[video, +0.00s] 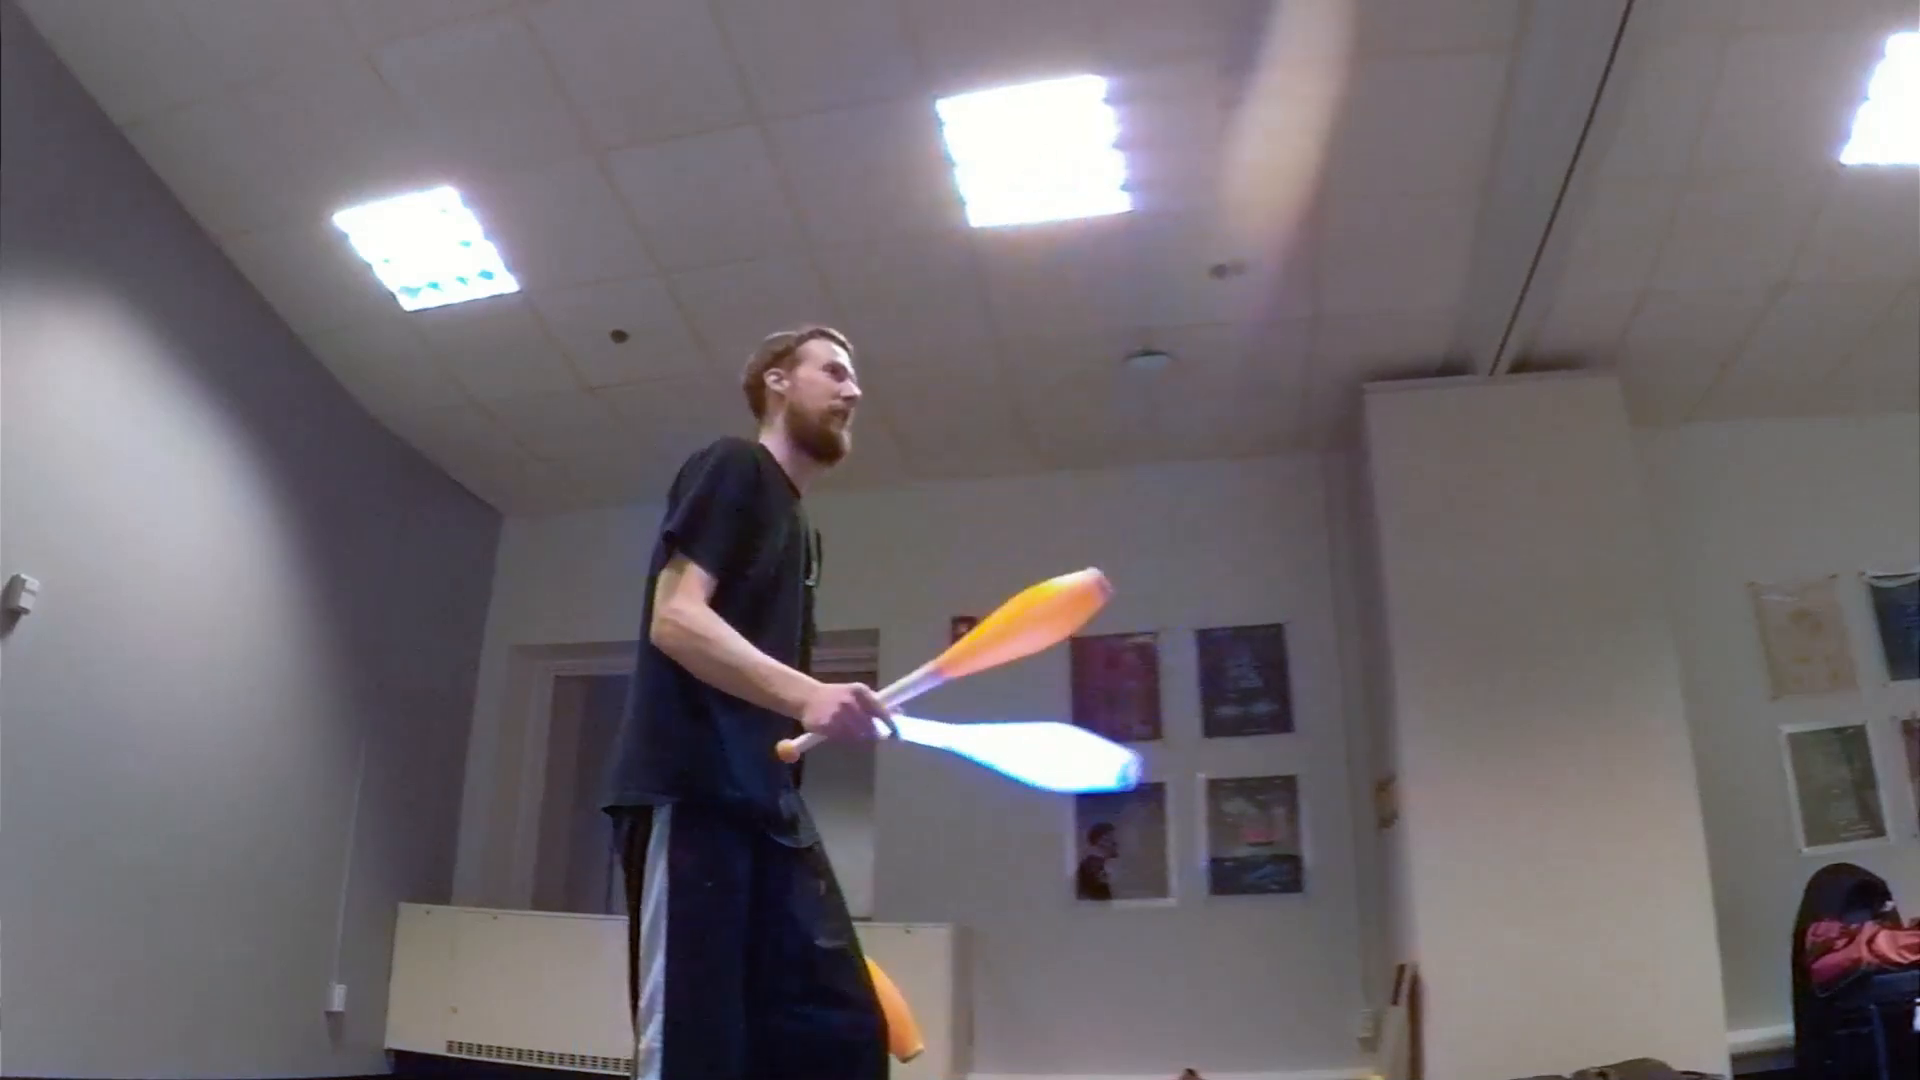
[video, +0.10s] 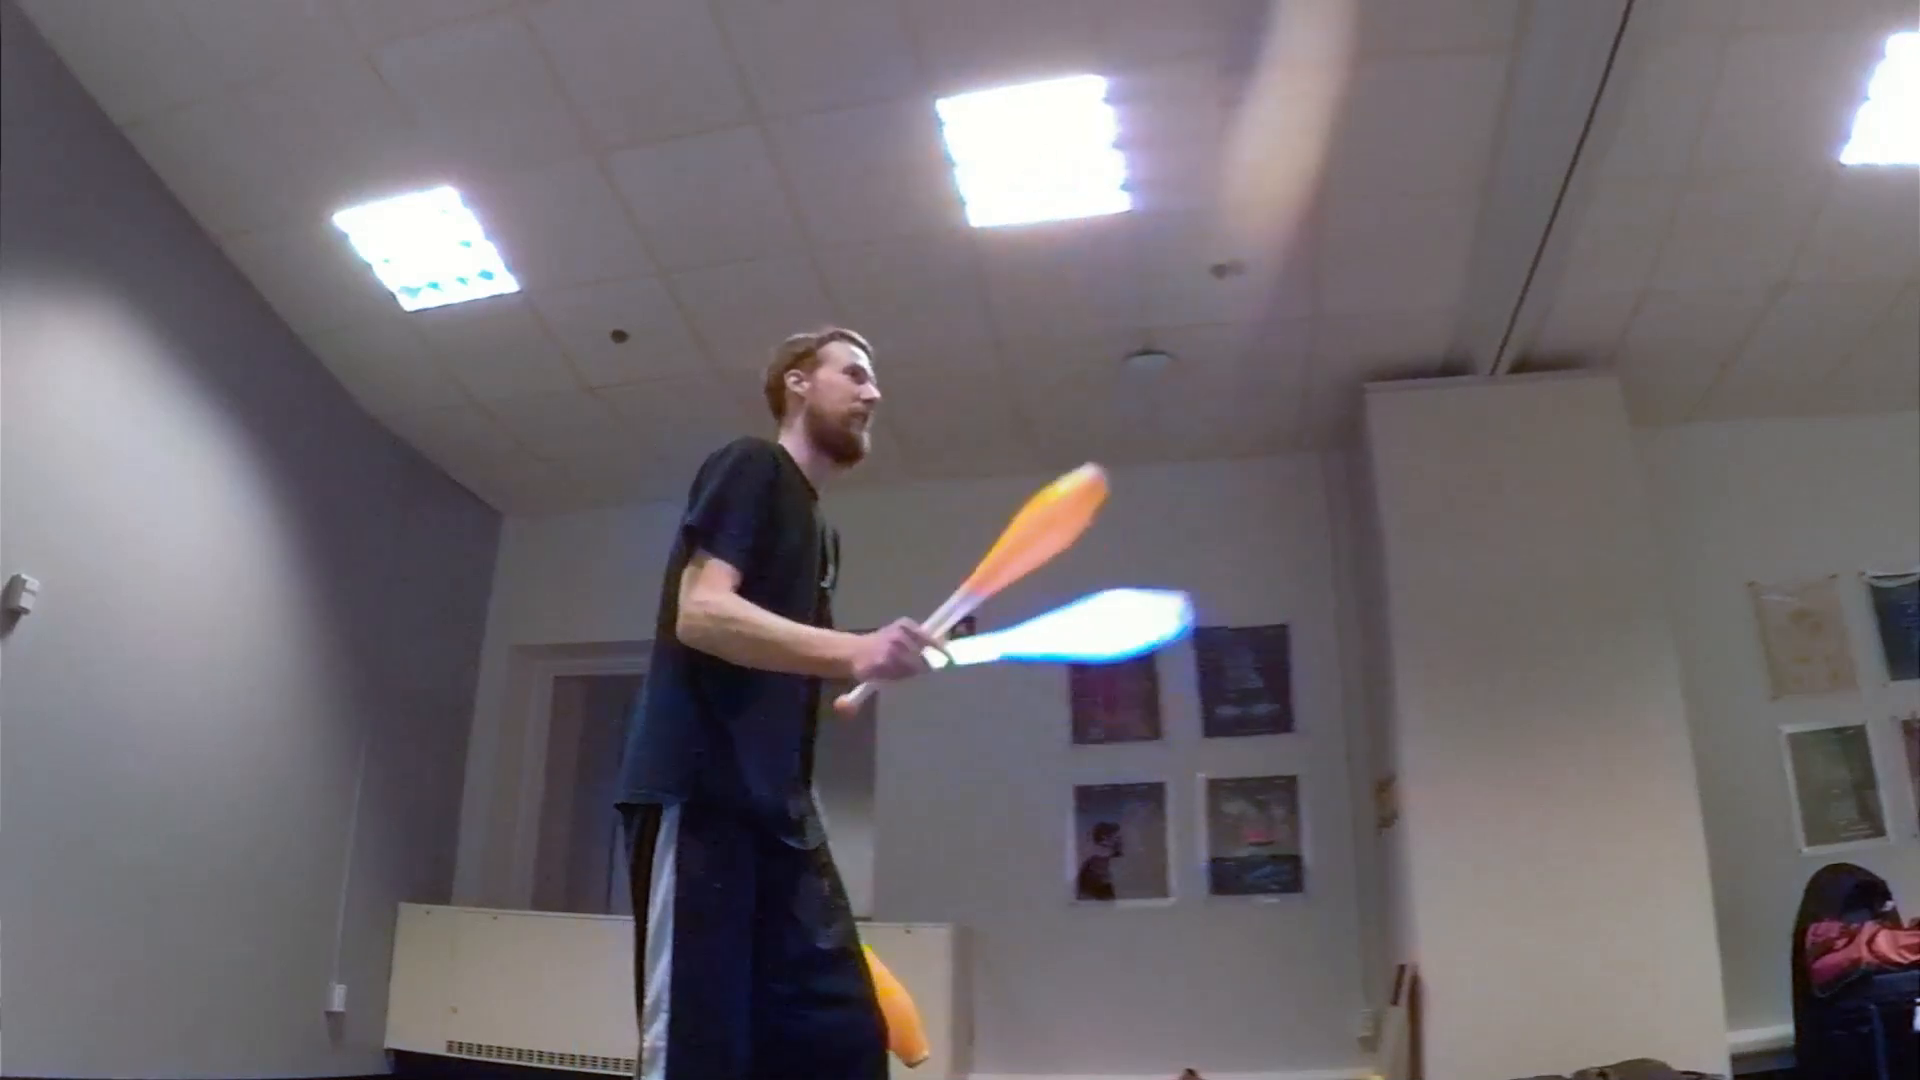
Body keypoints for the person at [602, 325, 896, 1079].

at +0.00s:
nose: (852, 390)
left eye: (854, 380)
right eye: (834, 370)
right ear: (775, 381)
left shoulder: (799, 527)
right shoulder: (735, 465)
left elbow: (766, 676)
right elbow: (675, 617)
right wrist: (805, 695)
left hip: (769, 803)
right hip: (692, 798)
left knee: (839, 1025)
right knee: (691, 1037)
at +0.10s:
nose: (873, 393)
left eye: (874, 382)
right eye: (854, 373)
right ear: (797, 383)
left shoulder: (821, 532)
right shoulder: (750, 465)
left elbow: (776, 660)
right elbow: (701, 612)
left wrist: (842, 678)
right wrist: (852, 649)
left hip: (778, 804)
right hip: (699, 798)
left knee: (841, 1031)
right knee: (694, 1036)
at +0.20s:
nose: (893, 397)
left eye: (894, 387)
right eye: (874, 378)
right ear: (816, 390)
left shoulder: (838, 538)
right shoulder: (772, 466)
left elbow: (803, 701)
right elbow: (745, 597)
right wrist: (911, 576)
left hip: (798, 818)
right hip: (722, 809)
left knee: (839, 1040)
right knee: (703, 1043)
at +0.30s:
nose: (913, 403)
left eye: (914, 393)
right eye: (895, 384)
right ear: (838, 395)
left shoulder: (854, 530)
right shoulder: (791, 460)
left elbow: (845, 697)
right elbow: (803, 561)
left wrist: (847, 838)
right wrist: (958, 480)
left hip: (817, 810)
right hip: (740, 800)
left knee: (847, 1042)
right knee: (721, 1037)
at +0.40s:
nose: (923, 401)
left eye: (925, 392)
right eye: (906, 384)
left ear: (913, 414)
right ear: (851, 393)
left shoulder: (869, 547)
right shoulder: (798, 458)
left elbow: (853, 700)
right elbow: (862, 495)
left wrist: (868, 836)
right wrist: (984, 383)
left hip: (834, 803)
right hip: (758, 792)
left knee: (854, 1033)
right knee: (735, 1023)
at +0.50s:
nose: (922, 414)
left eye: (926, 397)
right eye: (911, 394)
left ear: (903, 408)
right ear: (855, 391)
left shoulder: (879, 536)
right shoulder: (805, 454)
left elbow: (862, 704)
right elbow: (899, 431)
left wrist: (890, 826)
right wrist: (982, 304)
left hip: (845, 794)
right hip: (767, 782)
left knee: (856, 1027)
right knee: (735, 1018)